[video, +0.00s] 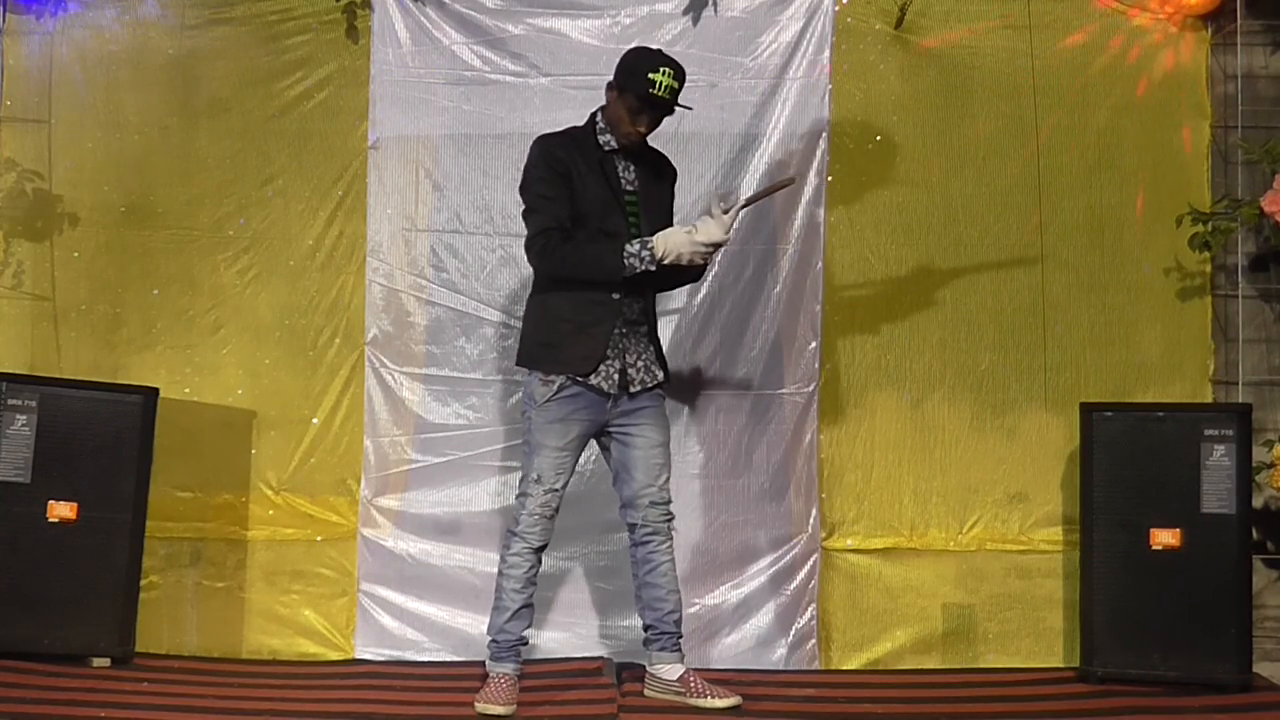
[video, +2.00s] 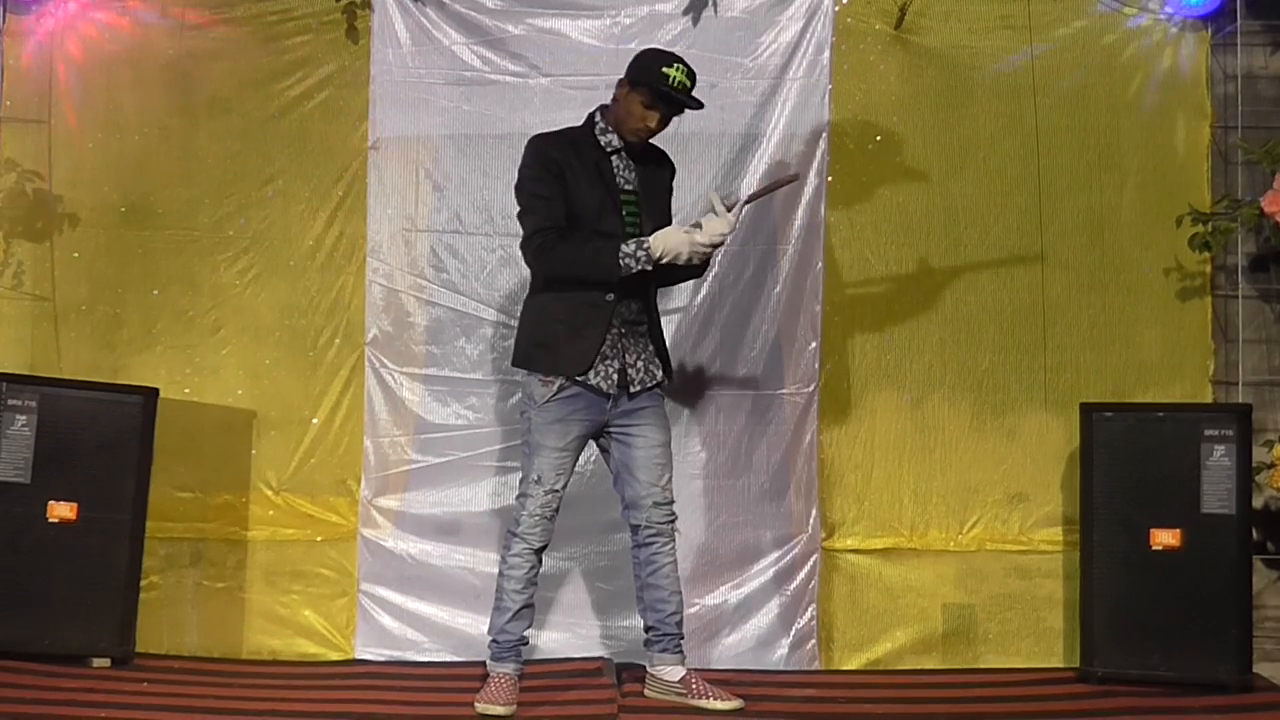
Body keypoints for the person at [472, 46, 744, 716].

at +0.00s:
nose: (647, 120)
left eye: (658, 112)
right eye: (640, 104)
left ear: (666, 112)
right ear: (613, 91)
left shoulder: (658, 171)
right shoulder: (554, 152)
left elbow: (645, 278)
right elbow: (549, 256)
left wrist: (696, 254)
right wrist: (650, 250)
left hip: (638, 374)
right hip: (563, 373)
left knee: (652, 516)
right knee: (534, 518)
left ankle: (665, 669)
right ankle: (502, 669)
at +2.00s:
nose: (658, 122)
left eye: (669, 114)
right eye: (652, 106)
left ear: (672, 116)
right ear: (622, 89)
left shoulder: (656, 169)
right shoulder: (550, 151)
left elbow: (645, 273)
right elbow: (545, 254)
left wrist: (698, 250)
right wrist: (646, 250)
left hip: (639, 376)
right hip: (562, 374)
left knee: (654, 518)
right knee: (534, 522)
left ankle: (666, 670)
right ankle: (503, 670)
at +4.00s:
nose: (610, 89)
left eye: (626, 81)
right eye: (602, 76)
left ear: (644, 93)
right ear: (587, 80)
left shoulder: (656, 169)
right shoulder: (546, 154)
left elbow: (651, 271)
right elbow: (535, 254)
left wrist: (702, 252)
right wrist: (615, 219)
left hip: (639, 373)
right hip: (562, 372)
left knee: (656, 518)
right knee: (532, 521)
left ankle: (666, 668)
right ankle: (503, 669)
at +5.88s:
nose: (639, 113)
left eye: (648, 100)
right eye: (628, 100)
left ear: (658, 99)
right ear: (600, 95)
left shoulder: (659, 163)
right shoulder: (549, 154)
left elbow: (660, 273)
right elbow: (514, 245)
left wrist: (678, 237)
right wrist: (609, 233)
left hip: (645, 379)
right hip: (565, 377)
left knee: (681, 510)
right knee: (534, 519)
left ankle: (670, 668)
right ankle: (503, 668)